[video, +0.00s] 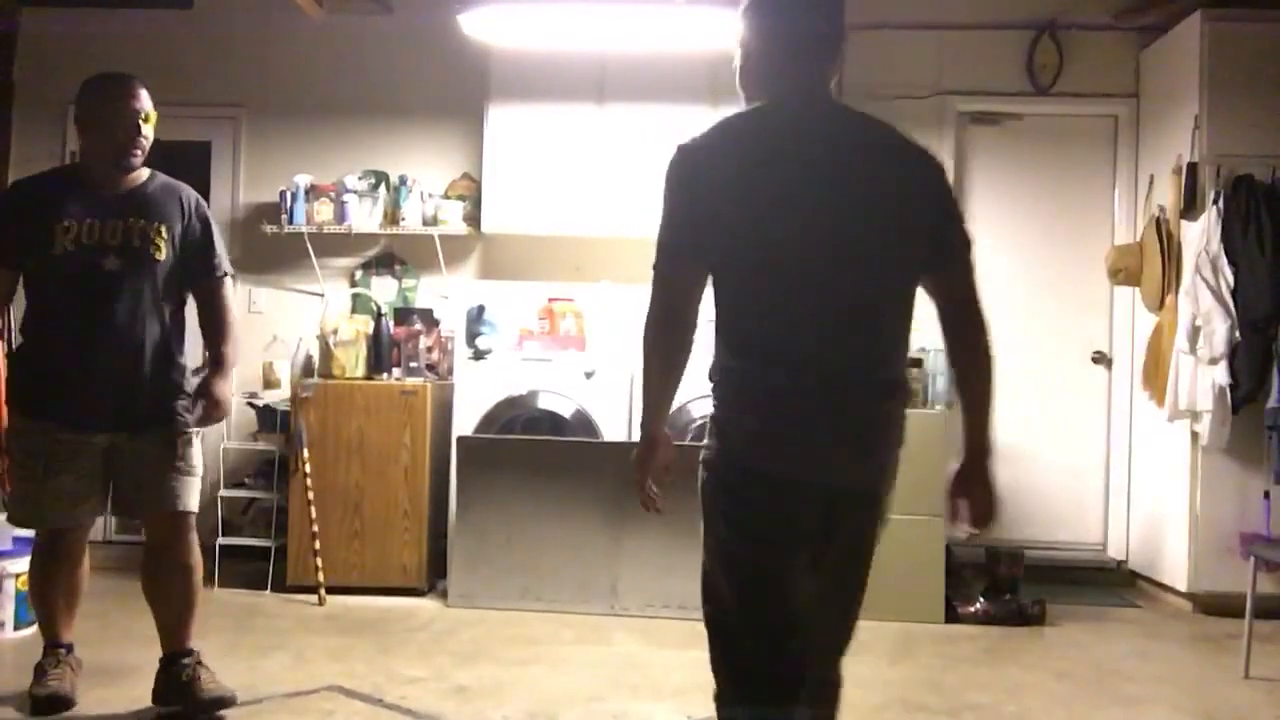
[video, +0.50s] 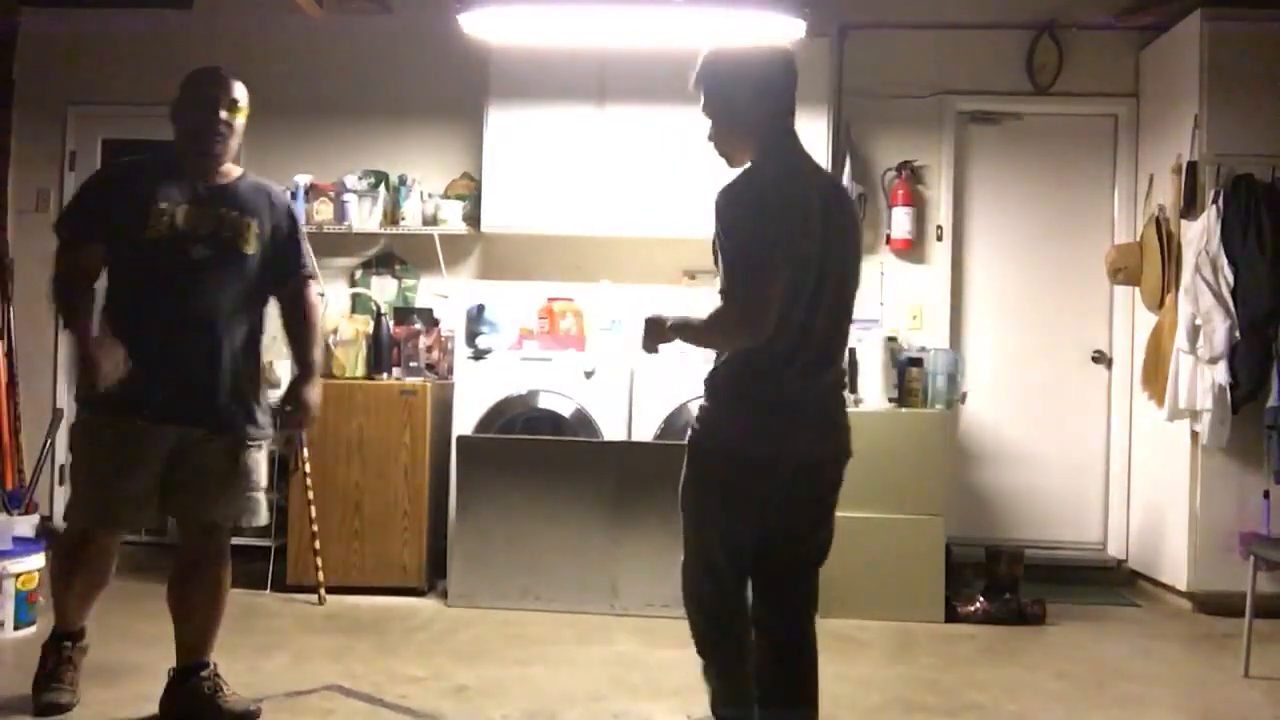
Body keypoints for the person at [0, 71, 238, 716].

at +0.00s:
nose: (142, 133)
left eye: (148, 121)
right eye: (126, 120)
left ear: (156, 128)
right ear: (83, 125)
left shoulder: (184, 206)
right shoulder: (27, 202)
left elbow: (214, 295)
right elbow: (1, 301)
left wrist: (222, 369)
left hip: (160, 400)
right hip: (57, 400)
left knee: (176, 525)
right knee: (61, 534)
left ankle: (180, 662)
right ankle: (57, 656)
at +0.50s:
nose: (220, 119)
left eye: (232, 111)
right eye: (207, 107)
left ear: (246, 124)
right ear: (178, 114)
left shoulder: (270, 207)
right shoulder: (126, 181)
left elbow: (302, 294)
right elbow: (75, 266)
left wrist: (311, 375)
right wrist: (88, 344)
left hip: (226, 407)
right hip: (127, 394)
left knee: (210, 543)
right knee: (91, 529)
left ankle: (193, 679)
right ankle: (66, 645)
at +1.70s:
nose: (446, 152)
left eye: (450, 138)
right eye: (443, 134)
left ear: (380, 117)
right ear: (408, 123)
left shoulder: (322, 169)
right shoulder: (382, 186)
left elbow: (330, 296)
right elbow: (424, 293)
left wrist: (406, 339)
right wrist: (487, 269)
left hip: (270, 383)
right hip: (336, 398)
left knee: (293, 537)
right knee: (353, 548)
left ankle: (247, 671)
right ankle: (323, 704)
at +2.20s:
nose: (499, 165)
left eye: (501, 151)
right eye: (496, 150)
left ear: (434, 136)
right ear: (469, 145)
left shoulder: (353, 187)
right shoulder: (468, 217)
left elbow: (330, 281)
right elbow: (567, 272)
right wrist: (653, 311)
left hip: (294, 395)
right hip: (384, 408)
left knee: (286, 551)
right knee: (429, 566)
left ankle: (242, 693)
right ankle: (461, 709)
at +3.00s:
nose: (454, 134)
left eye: (456, 121)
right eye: (447, 119)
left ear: (384, 115)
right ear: (412, 115)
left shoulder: (344, 177)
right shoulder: (402, 177)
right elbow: (458, 269)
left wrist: (462, 235)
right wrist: (503, 238)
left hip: (321, 397)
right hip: (390, 400)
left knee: (338, 547)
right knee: (452, 533)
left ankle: (304, 696)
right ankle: (416, 698)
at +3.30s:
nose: (447, 135)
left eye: (449, 122)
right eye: (440, 118)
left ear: (377, 114)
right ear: (406, 114)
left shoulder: (348, 176)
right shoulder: (392, 174)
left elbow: (419, 256)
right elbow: (438, 261)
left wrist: (478, 221)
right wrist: (503, 230)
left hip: (333, 398)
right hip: (397, 399)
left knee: (341, 550)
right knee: (474, 527)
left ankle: (302, 696)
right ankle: (401, 686)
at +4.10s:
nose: (519, 159)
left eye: (520, 145)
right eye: (514, 144)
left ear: (452, 140)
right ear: (488, 142)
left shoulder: (398, 198)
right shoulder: (480, 207)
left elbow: (433, 287)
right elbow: (507, 312)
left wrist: (517, 252)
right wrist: (558, 339)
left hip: (367, 408)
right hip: (447, 414)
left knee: (375, 560)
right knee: (509, 566)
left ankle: (311, 698)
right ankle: (545, 713)